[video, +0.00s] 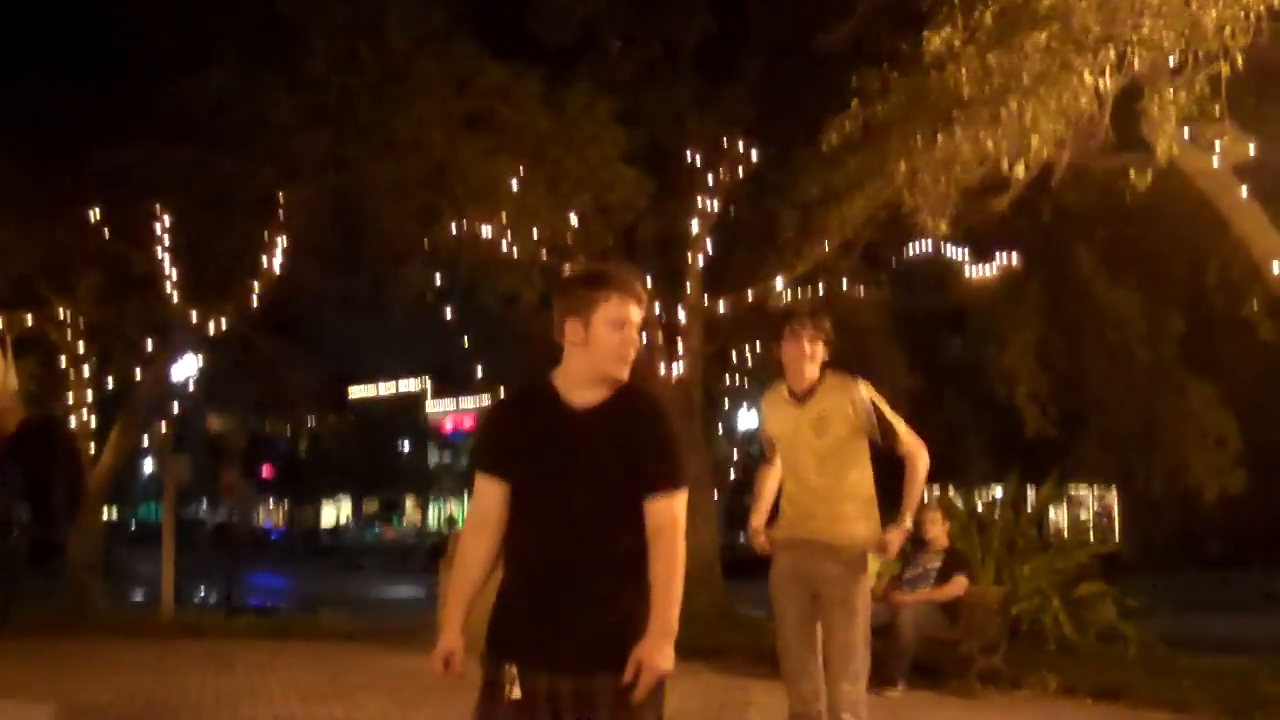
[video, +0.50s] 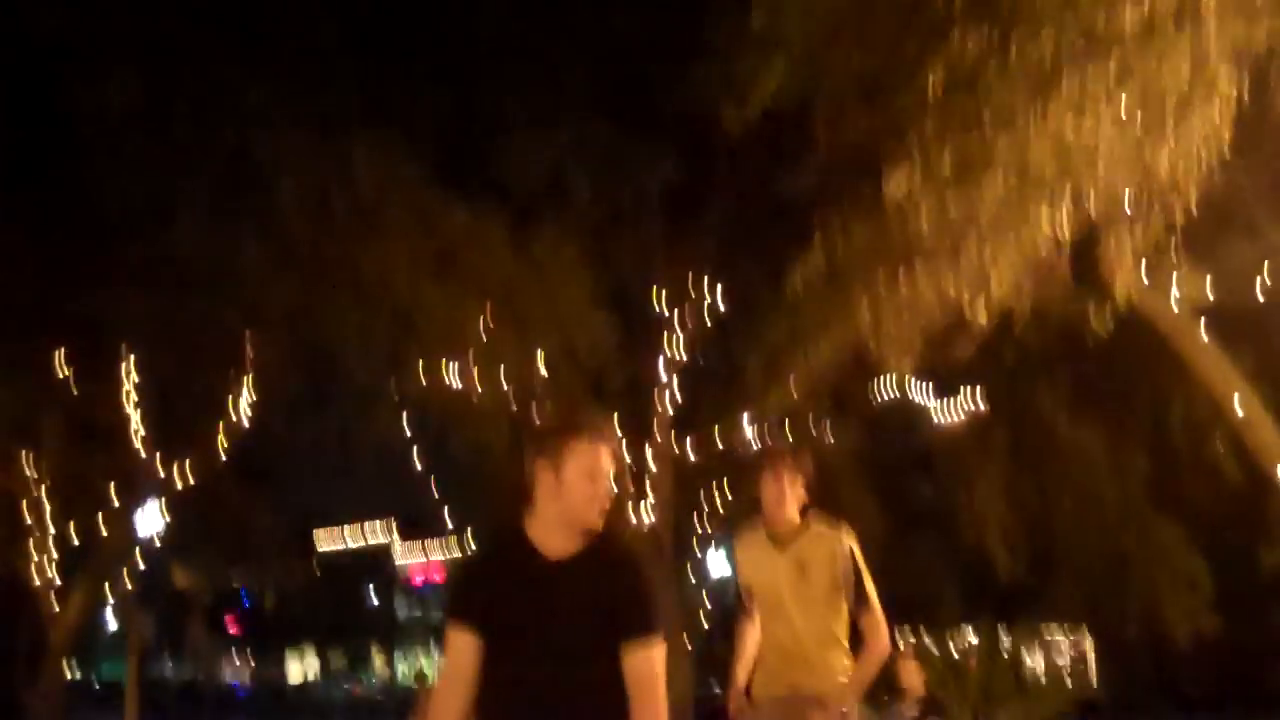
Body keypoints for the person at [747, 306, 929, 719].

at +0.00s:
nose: (806, 349)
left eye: (814, 340)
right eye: (796, 339)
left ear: (825, 349)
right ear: (779, 348)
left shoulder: (854, 394)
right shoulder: (772, 402)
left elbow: (917, 453)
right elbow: (771, 460)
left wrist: (902, 524)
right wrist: (757, 519)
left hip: (849, 552)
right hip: (790, 551)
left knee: (846, 683)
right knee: (799, 682)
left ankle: (848, 716)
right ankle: (806, 716)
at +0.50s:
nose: (781, 490)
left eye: (790, 480)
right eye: (773, 480)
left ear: (803, 489)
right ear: (759, 489)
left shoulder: (837, 539)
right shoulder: (745, 545)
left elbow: (878, 639)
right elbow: (749, 616)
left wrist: (849, 695)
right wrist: (737, 689)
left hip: (830, 695)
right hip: (769, 697)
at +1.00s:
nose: (744, 303)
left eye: (752, 295)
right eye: (736, 294)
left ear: (765, 305)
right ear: (718, 303)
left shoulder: (794, 358)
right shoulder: (702, 365)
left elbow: (821, 453)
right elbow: (693, 441)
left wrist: (786, 523)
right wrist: (702, 508)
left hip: (795, 512)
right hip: (732, 515)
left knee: (823, 642)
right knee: (727, 646)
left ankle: (833, 716)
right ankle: (737, 717)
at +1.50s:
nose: (780, 390)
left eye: (788, 380)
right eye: (771, 381)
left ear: (802, 385)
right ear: (757, 387)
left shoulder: (834, 440)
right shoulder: (737, 445)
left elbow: (852, 527)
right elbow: (725, 524)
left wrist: (848, 608)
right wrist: (708, 593)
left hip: (821, 606)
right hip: (760, 605)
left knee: (831, 712)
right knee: (742, 708)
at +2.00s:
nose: (809, 487)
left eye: (819, 479)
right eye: (799, 476)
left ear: (829, 492)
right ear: (781, 486)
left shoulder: (859, 551)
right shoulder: (758, 551)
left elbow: (900, 640)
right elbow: (757, 638)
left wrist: (890, 707)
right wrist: (746, 709)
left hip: (841, 702)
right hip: (778, 702)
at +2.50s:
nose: (755, 485)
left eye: (766, 476)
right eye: (746, 476)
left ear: (784, 487)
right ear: (734, 488)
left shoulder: (814, 547)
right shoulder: (729, 552)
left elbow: (840, 637)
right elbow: (733, 635)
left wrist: (843, 712)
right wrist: (718, 710)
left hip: (808, 700)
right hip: (750, 700)